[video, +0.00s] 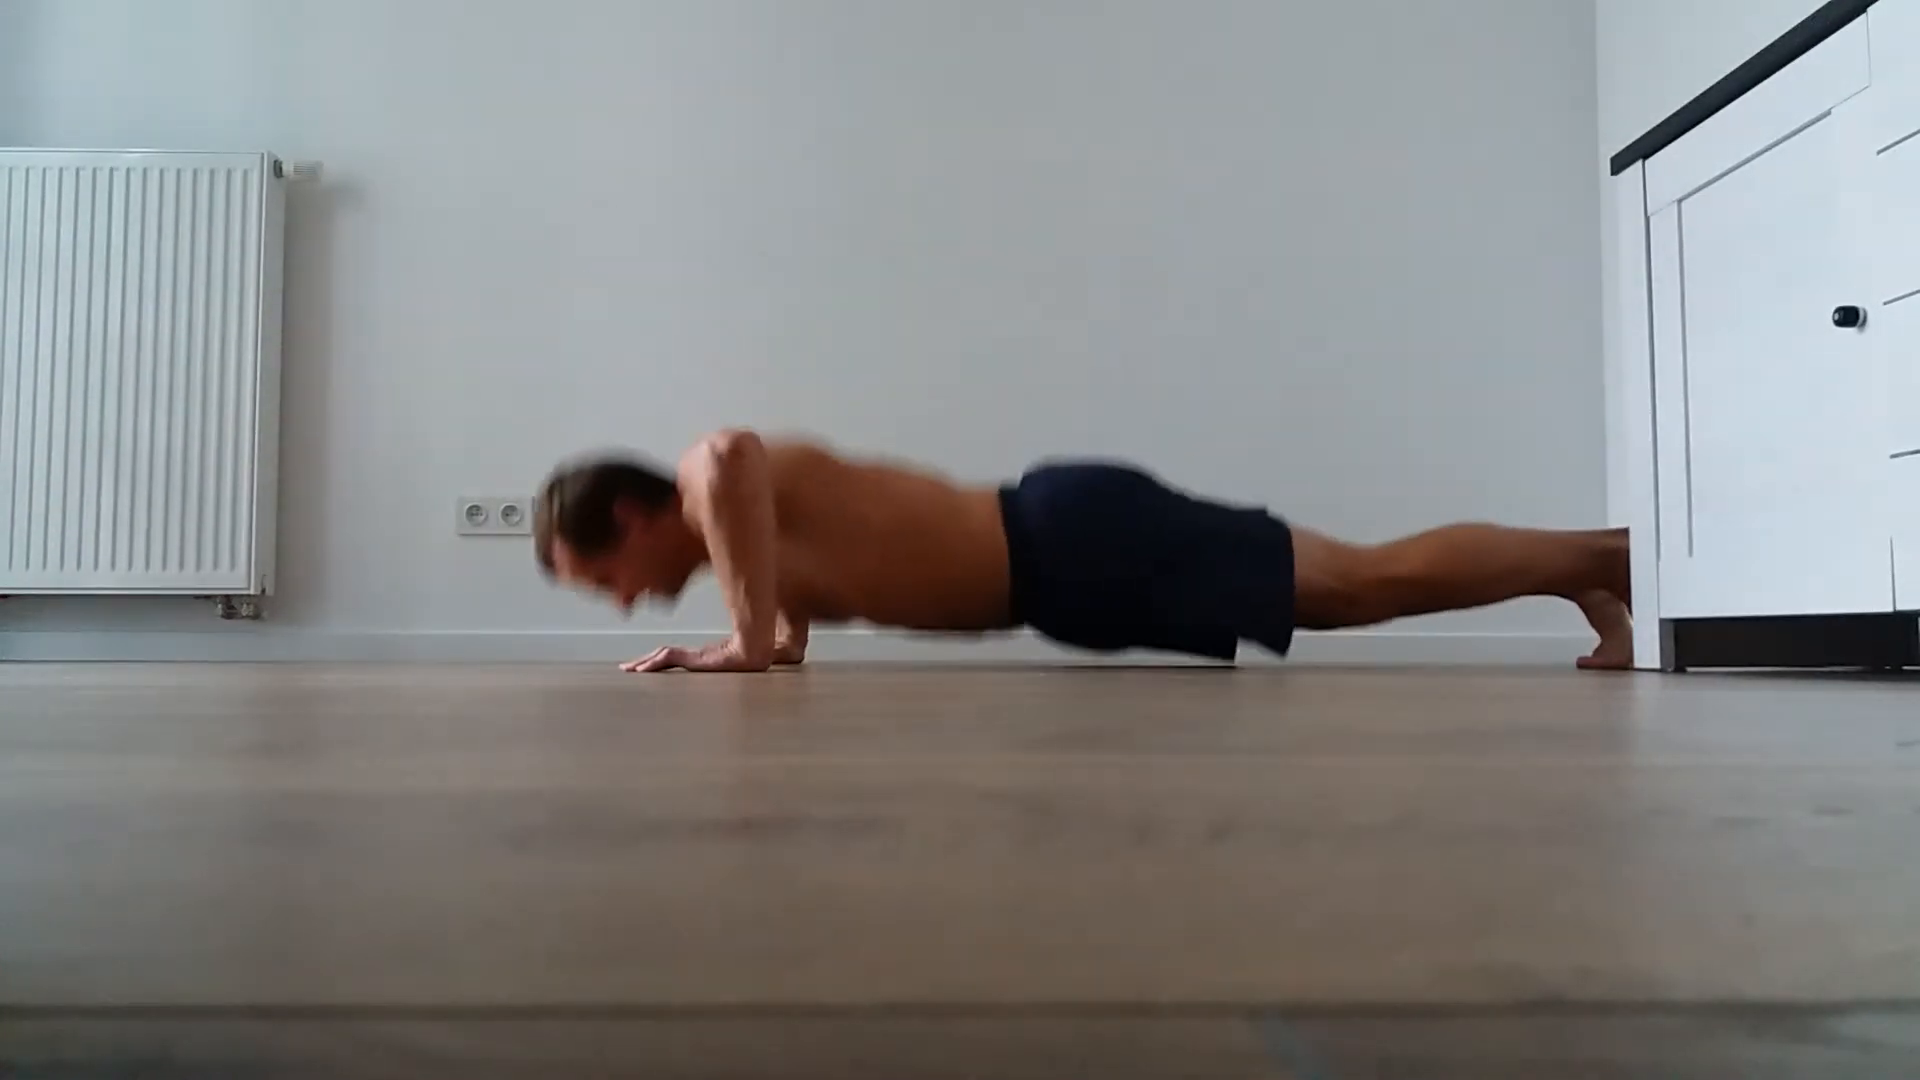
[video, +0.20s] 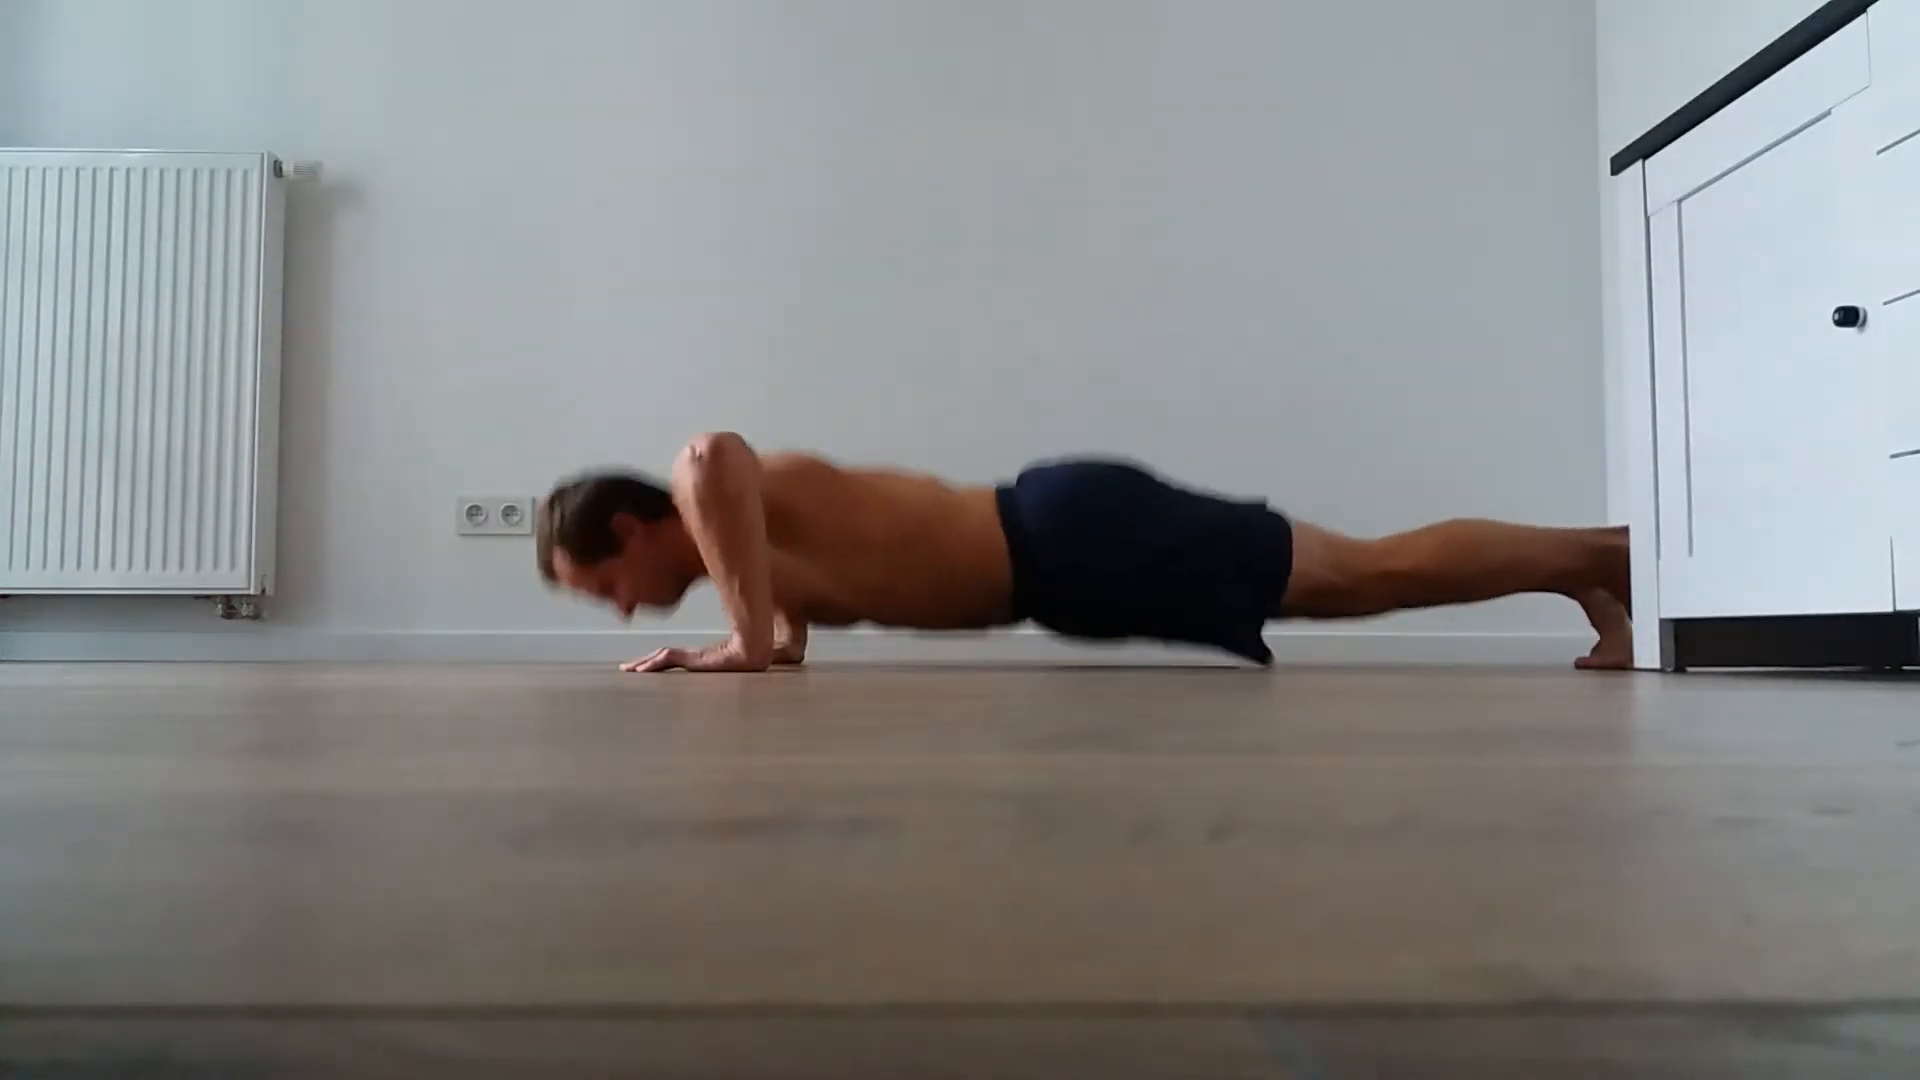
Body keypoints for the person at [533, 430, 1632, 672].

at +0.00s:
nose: (618, 600)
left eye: (603, 582)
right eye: (601, 589)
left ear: (626, 531)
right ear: (633, 533)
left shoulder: (717, 482)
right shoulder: (733, 509)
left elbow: (729, 465)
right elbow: (796, 596)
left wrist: (766, 637)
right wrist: (734, 647)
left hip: (1068, 547)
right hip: (1056, 549)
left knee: (1362, 584)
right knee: (1355, 576)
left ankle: (1594, 563)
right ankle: (1588, 564)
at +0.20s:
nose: (622, 609)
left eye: (608, 590)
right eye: (603, 599)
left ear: (630, 541)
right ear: (632, 546)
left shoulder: (723, 502)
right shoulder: (734, 516)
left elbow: (709, 462)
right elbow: (798, 610)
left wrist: (765, 637)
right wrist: (736, 647)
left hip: (1064, 542)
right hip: (1054, 544)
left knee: (1357, 575)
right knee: (1352, 572)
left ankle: (1593, 559)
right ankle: (1587, 560)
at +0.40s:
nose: (639, 416)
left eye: (625, 396)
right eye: (625, 406)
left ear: (652, 349)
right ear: (663, 349)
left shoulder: (749, 344)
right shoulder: (762, 358)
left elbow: (738, 484)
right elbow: (781, 502)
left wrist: (753, 640)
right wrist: (786, 644)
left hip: (1089, 419)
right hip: (1084, 415)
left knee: (1363, 510)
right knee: (1359, 503)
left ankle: (1597, 553)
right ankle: (1588, 552)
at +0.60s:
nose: (648, 371)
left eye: (632, 348)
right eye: (633, 358)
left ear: (658, 296)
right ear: (666, 298)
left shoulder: (769, 291)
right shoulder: (775, 311)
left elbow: (757, 468)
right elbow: (791, 489)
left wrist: (755, 640)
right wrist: (786, 636)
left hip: (1092, 414)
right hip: (1084, 413)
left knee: (1359, 518)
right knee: (1353, 515)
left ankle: (1596, 558)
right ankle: (1588, 559)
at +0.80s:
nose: (625, 576)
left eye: (609, 560)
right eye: (608, 568)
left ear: (623, 506)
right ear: (631, 512)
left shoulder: (720, 462)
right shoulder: (733, 475)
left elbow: (734, 469)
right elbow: (790, 620)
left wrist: (751, 639)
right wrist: (741, 643)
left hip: (1068, 530)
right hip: (1057, 532)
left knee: (1358, 576)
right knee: (1352, 570)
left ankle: (1595, 563)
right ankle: (1589, 564)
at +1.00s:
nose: (621, 617)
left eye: (606, 600)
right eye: (600, 608)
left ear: (627, 548)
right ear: (632, 547)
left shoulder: (724, 511)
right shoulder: (734, 522)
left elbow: (708, 463)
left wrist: (766, 640)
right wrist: (737, 644)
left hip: (1069, 556)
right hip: (1053, 554)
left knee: (1363, 584)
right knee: (1354, 578)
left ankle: (1595, 563)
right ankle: (1588, 565)